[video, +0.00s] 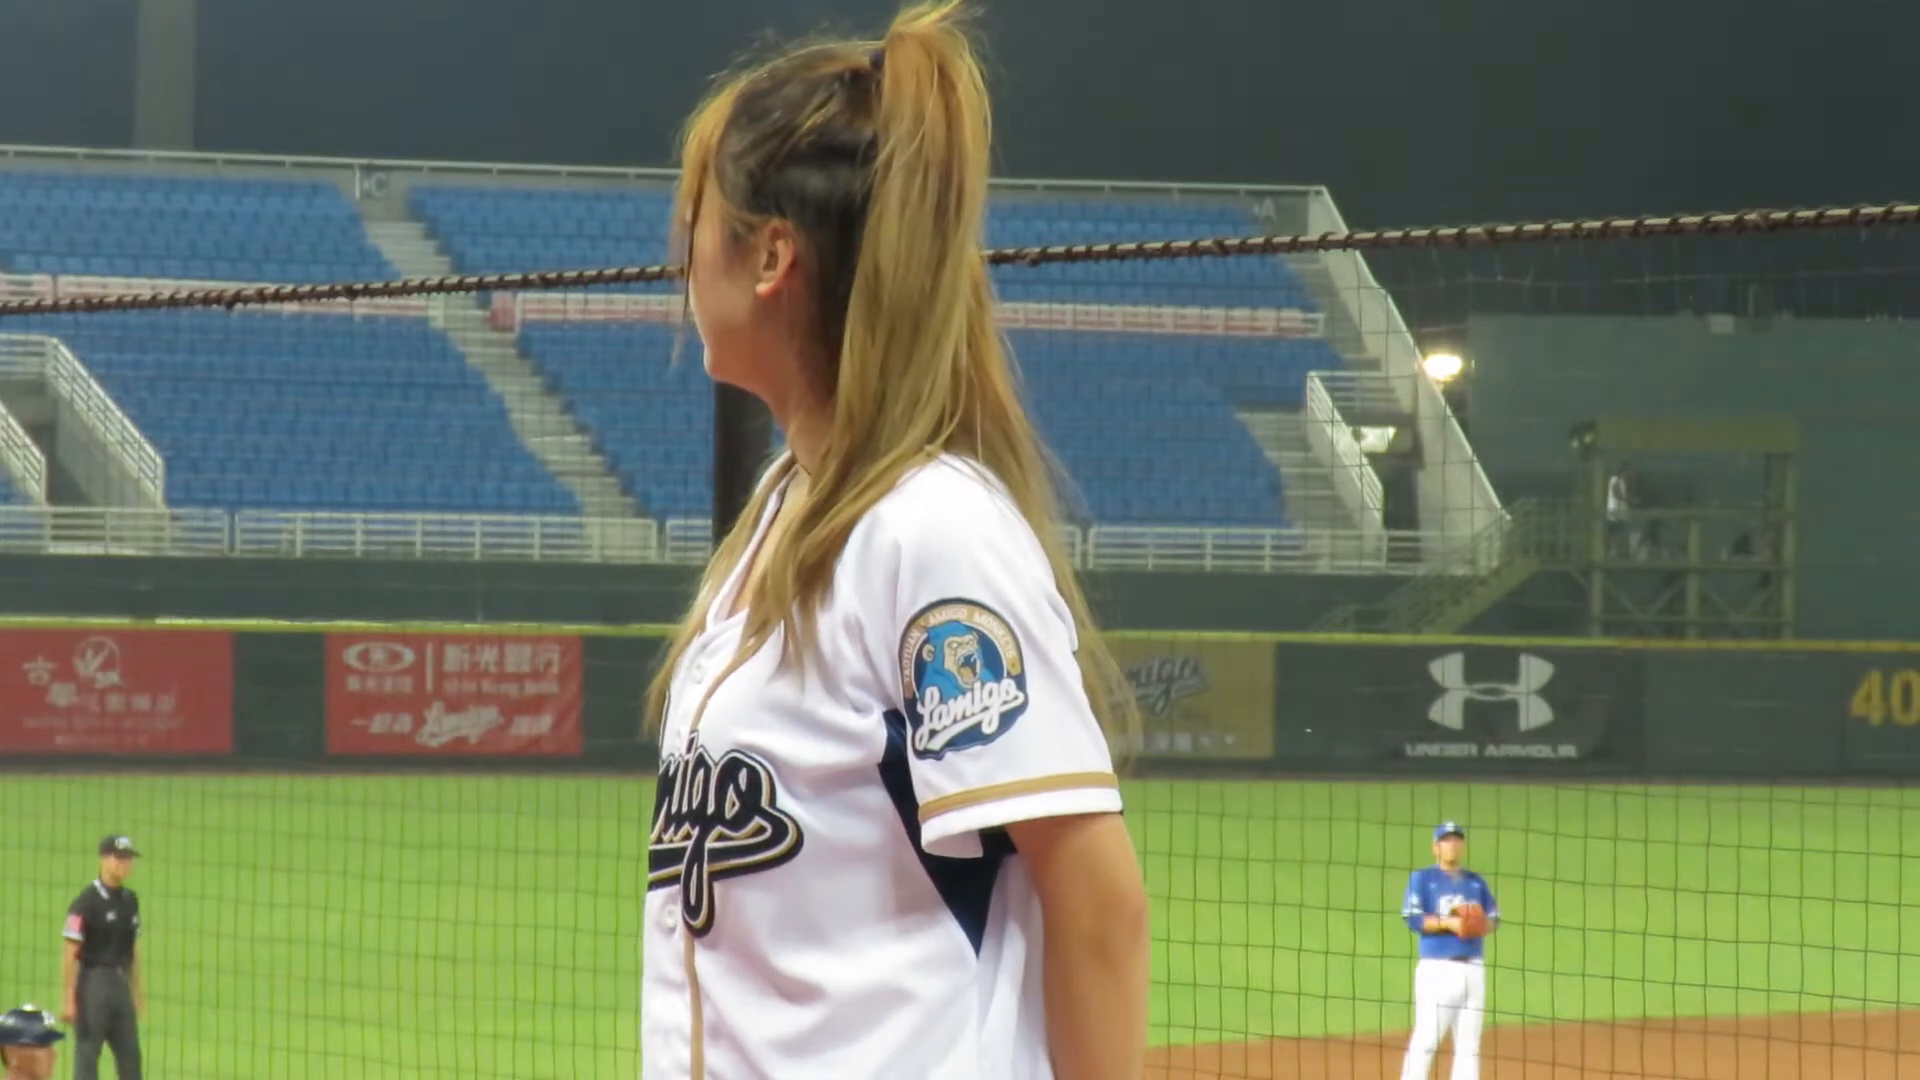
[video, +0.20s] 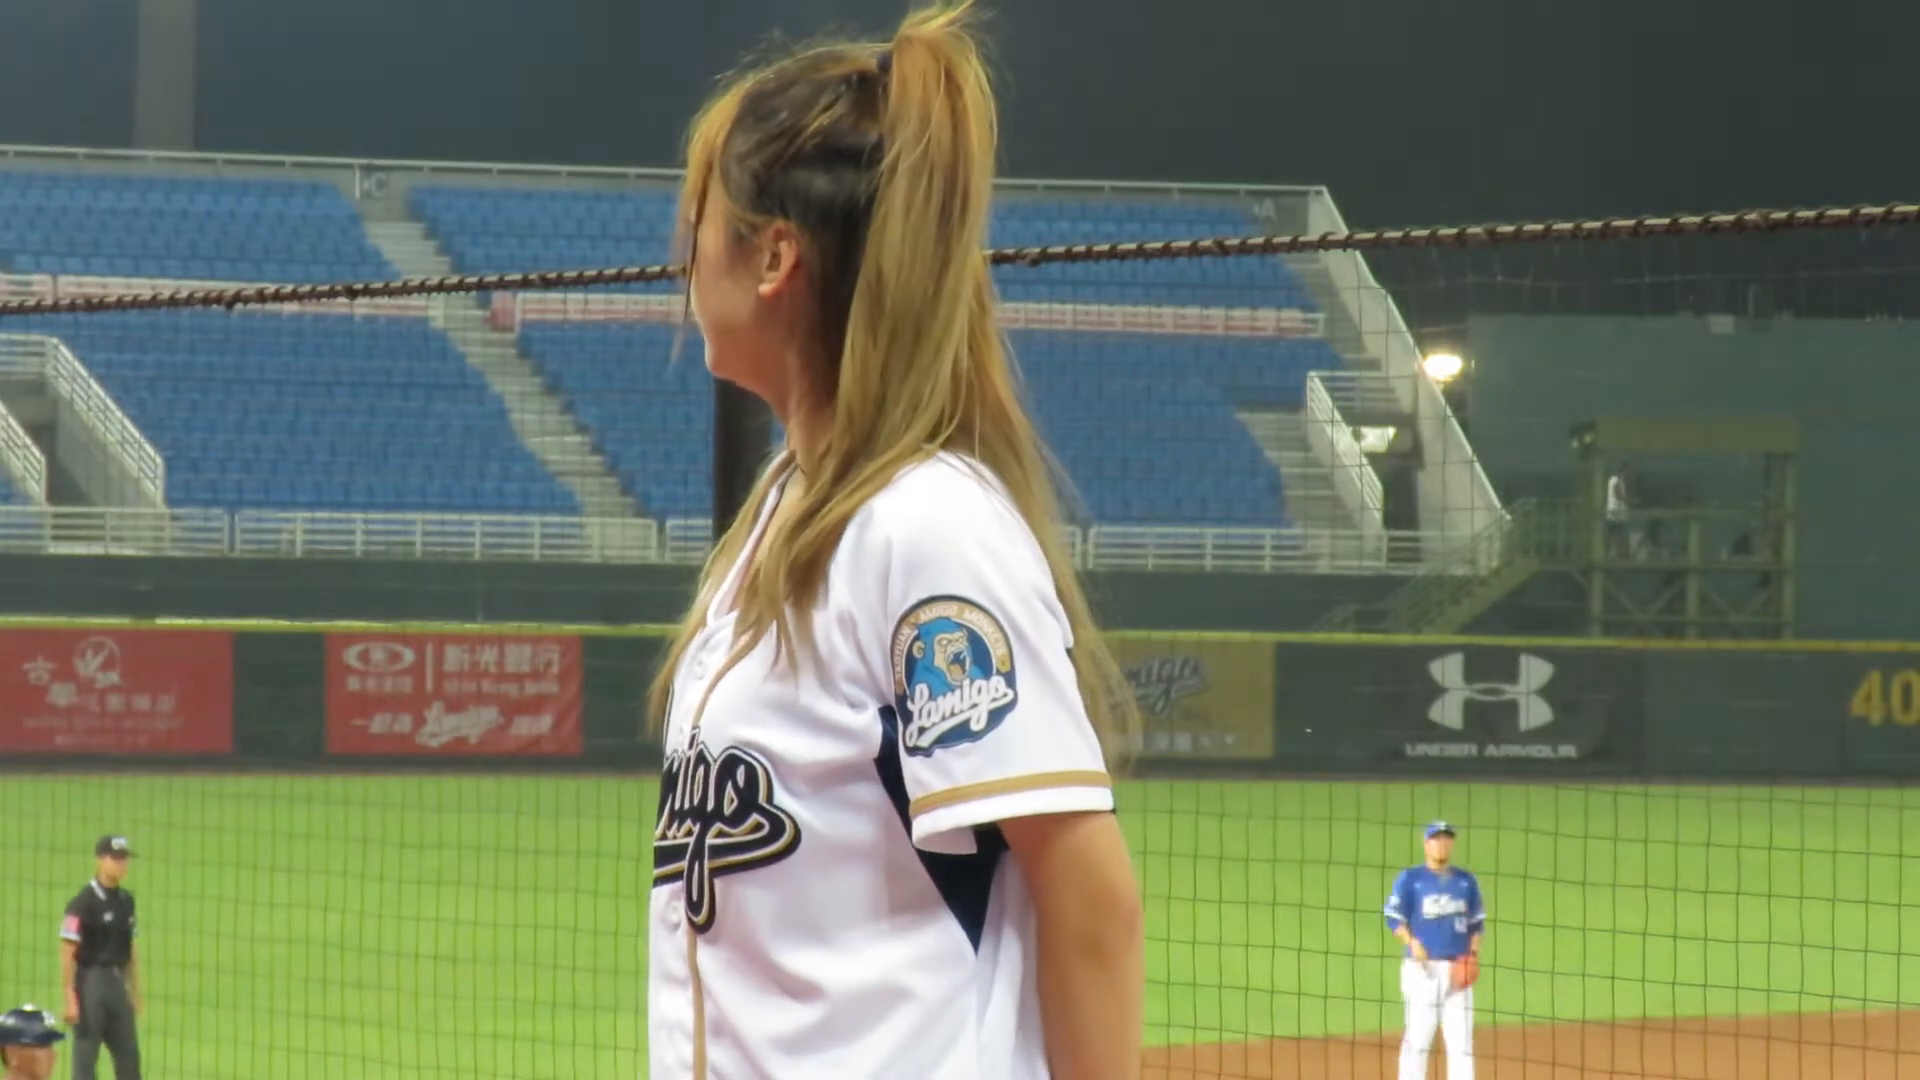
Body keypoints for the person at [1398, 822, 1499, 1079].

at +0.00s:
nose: (1452, 846)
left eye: (1457, 840)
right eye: (1446, 841)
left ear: (1463, 845)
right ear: (1436, 846)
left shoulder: (1475, 881)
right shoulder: (1421, 879)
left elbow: (1493, 917)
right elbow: (1414, 919)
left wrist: (1478, 923)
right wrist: (1452, 923)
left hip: (1472, 967)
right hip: (1436, 965)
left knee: (1469, 1044)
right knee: (1426, 1040)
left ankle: (1466, 1078)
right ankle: (1412, 1076)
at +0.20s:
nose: (1441, 845)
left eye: (1446, 839)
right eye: (1436, 839)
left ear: (1452, 844)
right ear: (1426, 844)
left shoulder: (1466, 881)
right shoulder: (1409, 879)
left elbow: (1477, 923)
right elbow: (1394, 916)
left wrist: (1472, 956)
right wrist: (1412, 944)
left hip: (1458, 966)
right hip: (1421, 967)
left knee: (1460, 1043)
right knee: (1418, 1041)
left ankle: (1462, 1077)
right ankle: (1411, 1077)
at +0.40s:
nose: (1434, 845)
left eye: (1438, 839)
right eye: (1428, 839)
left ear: (1443, 844)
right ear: (1415, 845)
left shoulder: (1455, 880)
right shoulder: (1399, 880)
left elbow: (1464, 925)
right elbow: (1384, 925)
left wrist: (1463, 960)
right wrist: (1377, 961)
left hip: (1448, 966)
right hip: (1410, 966)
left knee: (1455, 1043)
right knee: (1409, 1040)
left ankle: (1458, 1078)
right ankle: (1405, 1077)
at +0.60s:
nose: (1431, 845)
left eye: (1433, 839)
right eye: (1424, 840)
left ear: (1437, 843)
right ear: (1410, 845)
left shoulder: (1448, 877)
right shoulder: (1394, 878)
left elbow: (1460, 920)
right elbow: (1376, 920)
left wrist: (1459, 957)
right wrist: (1376, 965)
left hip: (1446, 965)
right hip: (1409, 967)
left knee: (1454, 1042)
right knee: (1408, 1040)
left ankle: (1451, 1077)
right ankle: (1404, 1077)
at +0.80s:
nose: (1431, 844)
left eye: (1433, 839)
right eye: (1425, 840)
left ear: (1438, 843)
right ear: (1410, 844)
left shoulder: (1447, 876)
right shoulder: (1395, 878)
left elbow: (1459, 921)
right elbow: (1388, 927)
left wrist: (1462, 958)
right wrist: (1392, 966)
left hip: (1447, 964)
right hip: (1412, 965)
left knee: (1455, 1038)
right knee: (1409, 1039)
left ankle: (1446, 1077)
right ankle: (1404, 1077)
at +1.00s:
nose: (1441, 845)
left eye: (1442, 840)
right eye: (1435, 840)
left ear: (1444, 843)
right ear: (1421, 842)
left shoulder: (1454, 877)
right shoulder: (1403, 878)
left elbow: (1465, 921)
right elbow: (1392, 923)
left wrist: (1470, 956)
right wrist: (1402, 960)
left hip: (1452, 965)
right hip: (1417, 965)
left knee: (1450, 1041)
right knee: (1414, 1038)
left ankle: (1443, 1078)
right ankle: (1406, 1077)